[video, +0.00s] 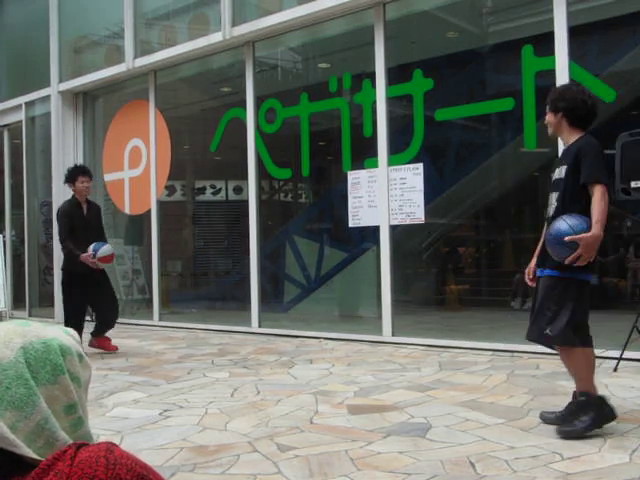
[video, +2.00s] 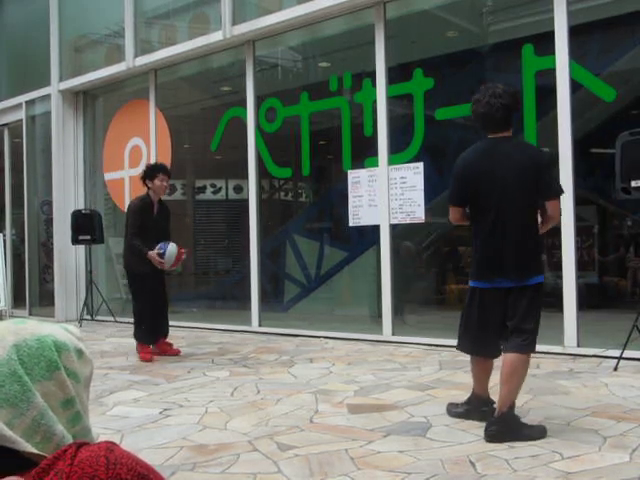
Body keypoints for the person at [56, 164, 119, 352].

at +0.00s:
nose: (87, 186)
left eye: (89, 182)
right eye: (82, 182)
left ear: (91, 185)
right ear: (72, 186)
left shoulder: (95, 208)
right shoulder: (65, 210)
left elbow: (100, 236)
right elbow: (64, 240)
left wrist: (105, 252)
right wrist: (80, 256)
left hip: (94, 266)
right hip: (74, 267)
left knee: (110, 306)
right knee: (75, 311)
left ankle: (98, 336)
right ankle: (73, 349)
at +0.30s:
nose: (90, 188)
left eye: (93, 184)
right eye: (86, 184)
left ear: (97, 187)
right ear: (78, 186)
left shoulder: (101, 211)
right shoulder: (70, 210)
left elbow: (104, 240)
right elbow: (56, 236)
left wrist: (101, 263)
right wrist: (53, 260)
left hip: (93, 266)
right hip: (73, 267)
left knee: (94, 304)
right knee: (74, 305)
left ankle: (91, 341)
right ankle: (75, 343)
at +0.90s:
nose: (107, 186)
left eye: (109, 183)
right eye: (102, 182)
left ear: (113, 185)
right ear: (93, 185)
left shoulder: (118, 210)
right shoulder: (83, 211)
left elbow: (125, 238)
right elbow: (69, 238)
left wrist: (125, 262)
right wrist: (62, 262)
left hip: (110, 266)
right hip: (88, 267)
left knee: (107, 305)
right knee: (89, 306)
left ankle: (91, 342)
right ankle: (103, 345)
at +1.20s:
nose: (127, 186)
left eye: (128, 182)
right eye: (122, 182)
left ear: (130, 184)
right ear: (109, 186)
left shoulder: (130, 208)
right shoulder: (101, 210)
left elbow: (133, 238)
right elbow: (91, 241)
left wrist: (131, 264)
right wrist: (89, 268)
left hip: (125, 263)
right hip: (106, 265)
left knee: (122, 306)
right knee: (113, 307)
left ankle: (96, 339)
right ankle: (123, 349)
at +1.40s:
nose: (141, 187)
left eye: (142, 183)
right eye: (137, 183)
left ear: (142, 184)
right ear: (124, 184)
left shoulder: (138, 207)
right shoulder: (113, 208)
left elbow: (143, 238)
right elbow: (109, 241)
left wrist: (144, 266)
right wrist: (117, 268)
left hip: (133, 266)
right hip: (114, 266)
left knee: (143, 300)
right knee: (119, 305)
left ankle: (124, 337)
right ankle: (122, 349)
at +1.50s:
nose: (148, 185)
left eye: (149, 181)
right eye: (144, 181)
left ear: (150, 183)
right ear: (131, 184)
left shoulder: (143, 208)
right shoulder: (119, 208)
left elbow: (146, 239)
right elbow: (119, 241)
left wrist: (150, 265)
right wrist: (129, 267)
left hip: (138, 264)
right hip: (118, 266)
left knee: (144, 303)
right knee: (122, 307)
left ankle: (146, 341)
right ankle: (124, 350)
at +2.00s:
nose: (165, 185)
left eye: (167, 182)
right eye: (161, 181)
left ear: (168, 184)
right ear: (148, 182)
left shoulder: (163, 208)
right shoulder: (137, 206)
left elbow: (164, 238)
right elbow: (132, 238)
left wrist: (175, 253)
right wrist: (148, 253)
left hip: (156, 260)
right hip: (137, 261)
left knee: (160, 300)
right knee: (143, 301)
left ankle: (160, 340)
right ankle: (143, 343)